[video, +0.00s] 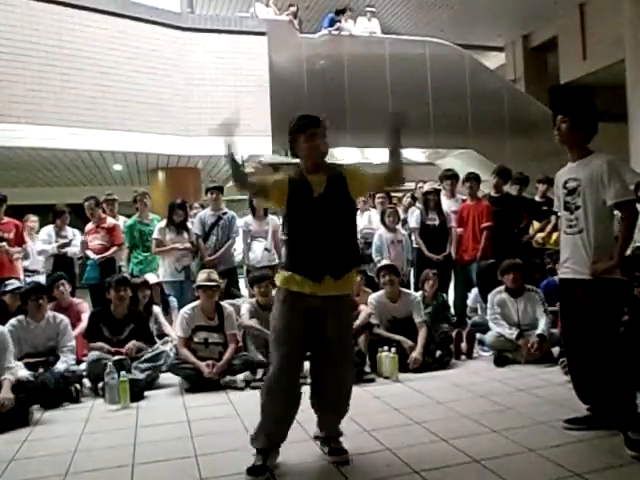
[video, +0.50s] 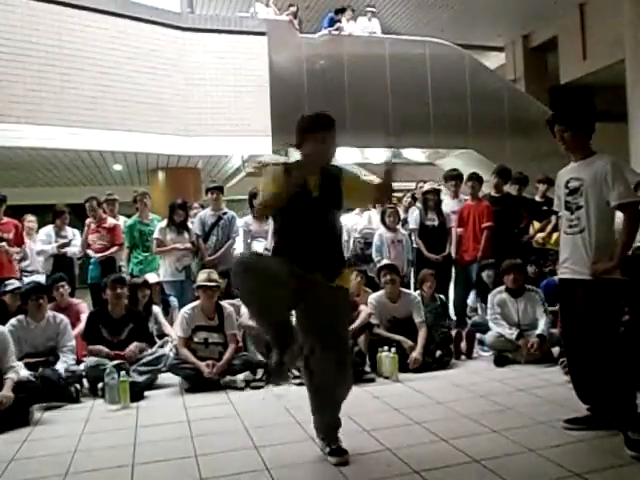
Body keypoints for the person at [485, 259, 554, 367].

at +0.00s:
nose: (512, 277)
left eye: (515, 273)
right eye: (508, 274)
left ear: (522, 275)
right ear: (502, 278)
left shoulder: (535, 293)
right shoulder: (495, 296)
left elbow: (544, 316)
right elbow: (494, 320)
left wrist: (540, 336)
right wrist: (517, 335)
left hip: (531, 331)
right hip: (508, 333)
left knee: (552, 336)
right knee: (491, 339)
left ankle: (512, 357)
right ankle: (539, 355)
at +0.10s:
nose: (512, 277)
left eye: (516, 273)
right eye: (508, 274)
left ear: (522, 275)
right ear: (502, 278)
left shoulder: (535, 293)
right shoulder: (495, 296)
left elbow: (544, 316)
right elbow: (494, 320)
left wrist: (539, 336)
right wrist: (517, 336)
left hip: (531, 332)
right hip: (508, 333)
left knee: (552, 337)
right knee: (491, 339)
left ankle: (512, 357)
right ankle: (539, 355)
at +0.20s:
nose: (513, 277)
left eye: (516, 273)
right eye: (508, 274)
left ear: (522, 275)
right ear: (503, 278)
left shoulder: (535, 294)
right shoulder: (495, 296)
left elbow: (544, 316)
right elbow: (494, 321)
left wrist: (539, 336)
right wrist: (517, 336)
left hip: (531, 332)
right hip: (508, 333)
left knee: (553, 336)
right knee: (491, 339)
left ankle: (512, 357)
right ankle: (539, 356)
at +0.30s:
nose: (513, 277)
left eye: (516, 273)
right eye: (508, 274)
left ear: (522, 276)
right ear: (503, 278)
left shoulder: (535, 293)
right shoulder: (495, 296)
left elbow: (544, 316)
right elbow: (494, 321)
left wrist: (539, 336)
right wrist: (517, 336)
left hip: (531, 332)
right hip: (508, 333)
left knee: (553, 336)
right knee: (491, 339)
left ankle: (512, 357)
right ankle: (538, 355)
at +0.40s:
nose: (513, 278)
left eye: (516, 274)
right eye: (508, 274)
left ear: (523, 276)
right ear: (503, 278)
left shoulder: (535, 294)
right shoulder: (495, 296)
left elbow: (544, 316)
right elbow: (494, 321)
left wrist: (539, 336)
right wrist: (517, 335)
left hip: (531, 332)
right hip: (508, 333)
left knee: (553, 336)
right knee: (491, 339)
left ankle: (512, 357)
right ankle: (539, 355)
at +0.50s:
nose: (513, 278)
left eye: (516, 274)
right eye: (508, 274)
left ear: (523, 276)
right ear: (503, 278)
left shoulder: (535, 294)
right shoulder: (495, 296)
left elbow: (544, 317)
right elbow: (494, 321)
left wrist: (539, 336)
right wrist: (517, 335)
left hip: (531, 332)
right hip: (508, 333)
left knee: (553, 336)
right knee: (491, 339)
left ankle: (512, 357)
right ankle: (539, 355)